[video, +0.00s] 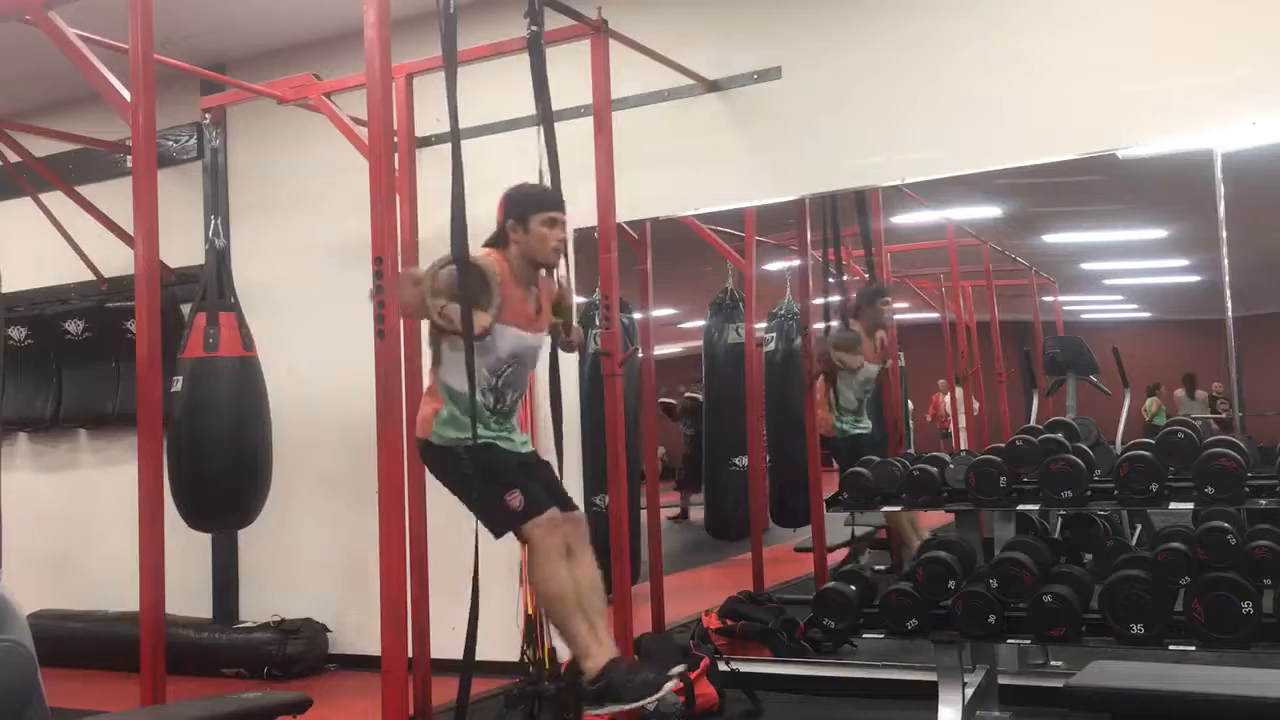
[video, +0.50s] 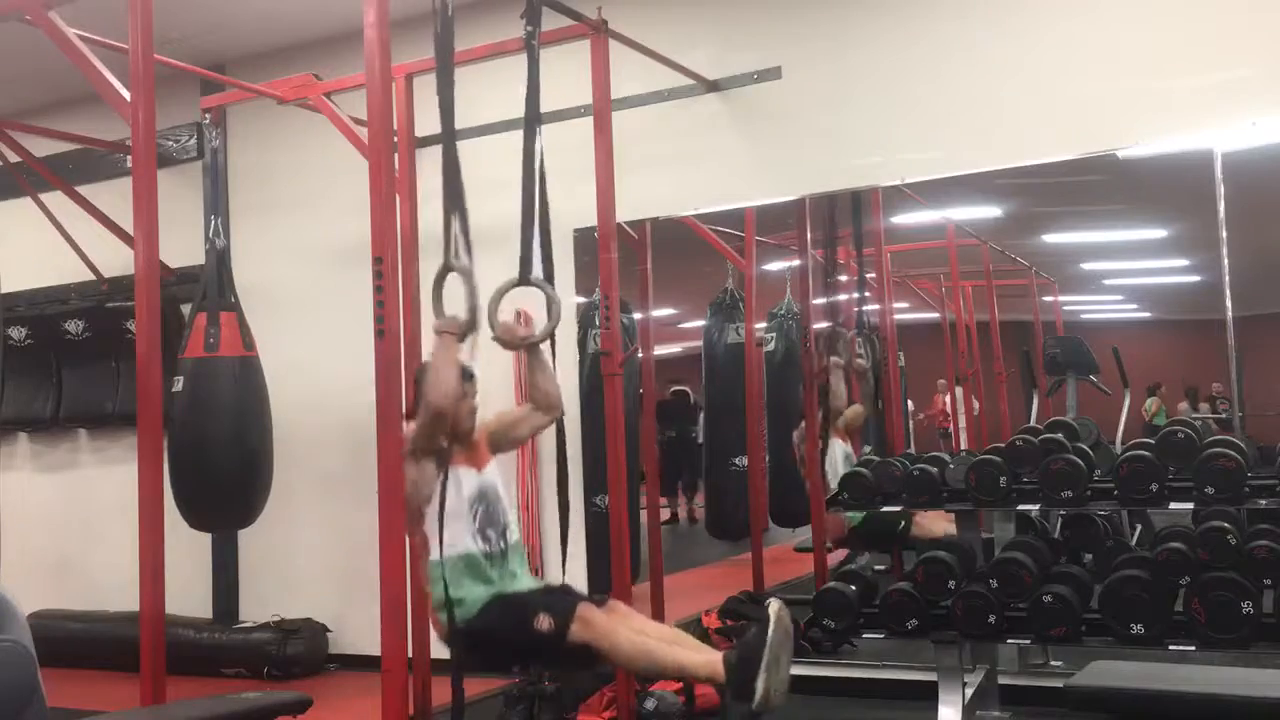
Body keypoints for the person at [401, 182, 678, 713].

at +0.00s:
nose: (561, 236)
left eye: (563, 227)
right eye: (550, 225)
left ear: (557, 234)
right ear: (514, 229)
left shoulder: (551, 285)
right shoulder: (483, 270)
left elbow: (570, 338)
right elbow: (412, 291)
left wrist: (571, 334)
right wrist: (453, 316)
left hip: (502, 431)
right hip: (451, 432)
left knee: (573, 525)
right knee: (544, 528)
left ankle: (606, 661)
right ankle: (590, 667)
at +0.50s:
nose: (468, 399)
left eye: (468, 389)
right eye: (458, 392)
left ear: (472, 394)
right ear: (431, 404)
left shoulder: (480, 443)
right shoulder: (421, 462)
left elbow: (546, 407)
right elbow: (436, 413)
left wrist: (530, 346)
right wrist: (448, 342)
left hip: (518, 593)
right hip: (470, 614)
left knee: (613, 611)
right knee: (589, 622)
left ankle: (731, 667)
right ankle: (726, 672)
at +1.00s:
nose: (501, 430)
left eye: (502, 419)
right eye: (489, 419)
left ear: (505, 423)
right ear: (461, 428)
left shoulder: (517, 462)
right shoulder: (455, 470)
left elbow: (573, 408)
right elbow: (496, 405)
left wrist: (555, 342)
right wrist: (489, 333)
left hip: (542, 623)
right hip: (493, 642)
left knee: (635, 659)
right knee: (609, 674)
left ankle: (753, 710)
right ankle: (743, 717)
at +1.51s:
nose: (473, 388)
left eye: (472, 379)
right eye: (460, 380)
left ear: (469, 383)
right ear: (436, 391)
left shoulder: (499, 425)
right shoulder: (432, 428)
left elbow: (568, 406)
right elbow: (480, 405)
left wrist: (552, 344)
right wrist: (480, 338)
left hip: (550, 569)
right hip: (504, 589)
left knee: (648, 590)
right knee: (622, 605)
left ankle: (768, 644)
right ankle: (764, 653)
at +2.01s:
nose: (494, 271)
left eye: (497, 261)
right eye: (483, 261)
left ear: (494, 262)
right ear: (452, 262)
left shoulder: (489, 311)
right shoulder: (422, 307)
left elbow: (518, 385)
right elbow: (401, 369)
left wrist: (530, 354)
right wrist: (440, 333)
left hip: (514, 445)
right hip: (472, 458)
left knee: (618, 470)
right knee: (592, 475)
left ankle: (740, 539)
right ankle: (728, 533)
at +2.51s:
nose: (592, 269)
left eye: (594, 257)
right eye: (583, 256)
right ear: (547, 253)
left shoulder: (559, 296)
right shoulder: (492, 276)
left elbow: (549, 323)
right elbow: (408, 243)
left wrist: (554, 338)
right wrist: (422, 312)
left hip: (492, 416)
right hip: (439, 414)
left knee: (562, 494)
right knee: (532, 499)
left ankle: (621, 622)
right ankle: (617, 622)